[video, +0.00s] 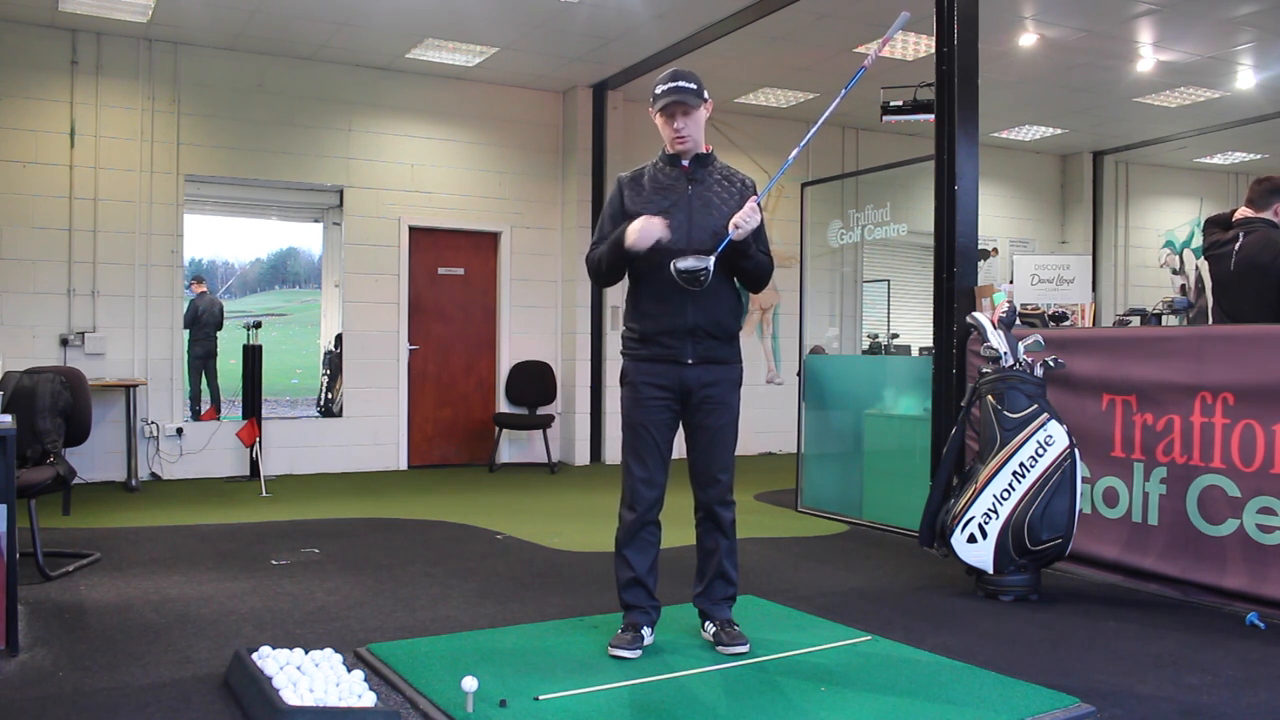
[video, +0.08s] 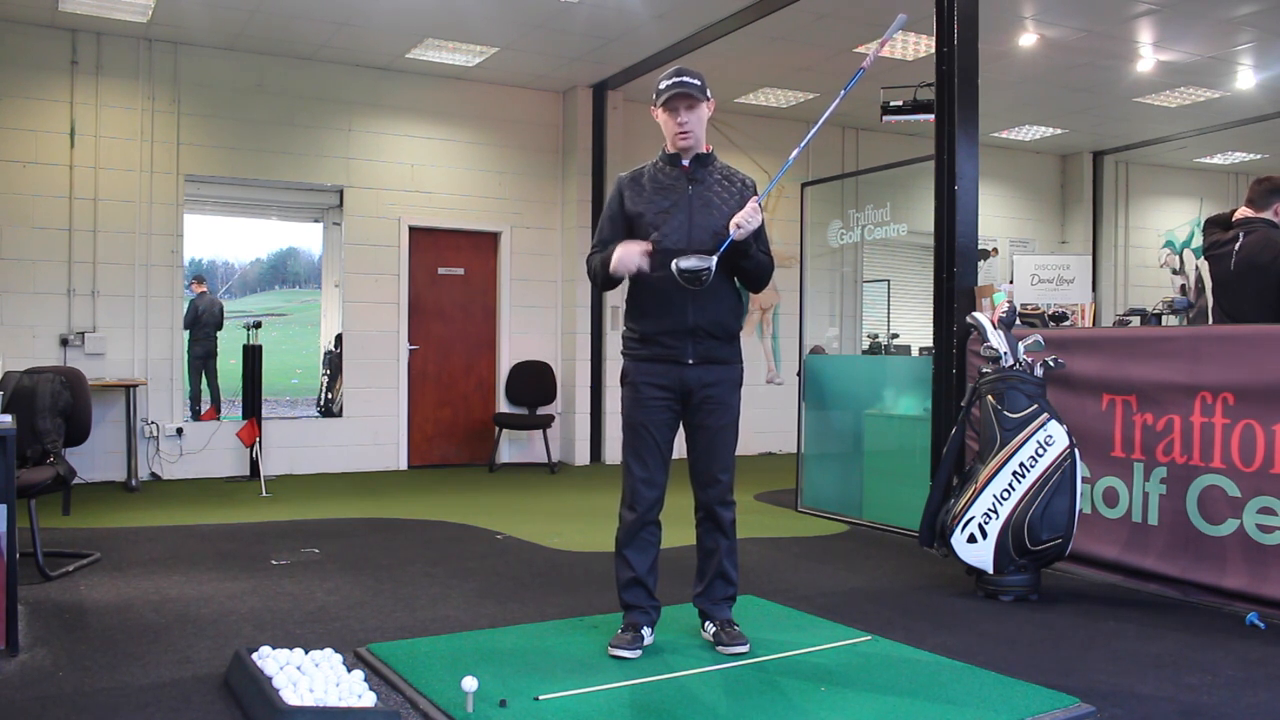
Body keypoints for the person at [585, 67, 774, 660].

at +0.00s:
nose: (676, 122)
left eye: (686, 110)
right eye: (667, 112)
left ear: (707, 112)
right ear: (655, 119)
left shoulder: (738, 188)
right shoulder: (631, 188)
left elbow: (758, 278)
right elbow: (599, 272)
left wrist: (748, 237)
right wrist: (625, 240)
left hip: (717, 364)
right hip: (648, 362)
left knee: (716, 495)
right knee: (641, 497)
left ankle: (718, 612)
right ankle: (637, 616)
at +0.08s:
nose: (680, 117)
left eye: (691, 106)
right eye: (670, 107)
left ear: (710, 111)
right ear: (657, 116)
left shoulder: (739, 189)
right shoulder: (631, 188)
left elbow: (758, 278)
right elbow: (597, 269)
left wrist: (748, 237)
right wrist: (616, 255)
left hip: (718, 363)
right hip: (648, 361)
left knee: (716, 495)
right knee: (641, 495)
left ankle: (718, 612)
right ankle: (637, 616)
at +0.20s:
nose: (684, 113)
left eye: (694, 102)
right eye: (674, 103)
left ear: (711, 110)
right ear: (659, 113)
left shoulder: (740, 189)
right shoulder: (631, 187)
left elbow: (759, 278)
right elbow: (597, 268)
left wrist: (747, 238)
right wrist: (625, 273)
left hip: (718, 364)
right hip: (649, 362)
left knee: (716, 495)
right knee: (641, 495)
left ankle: (718, 612)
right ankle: (637, 616)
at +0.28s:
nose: (683, 111)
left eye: (693, 101)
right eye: (673, 102)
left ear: (712, 109)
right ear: (658, 113)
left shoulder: (740, 188)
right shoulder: (631, 187)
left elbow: (759, 276)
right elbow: (600, 268)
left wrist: (743, 238)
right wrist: (634, 276)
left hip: (718, 364)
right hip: (649, 362)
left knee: (716, 495)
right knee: (641, 495)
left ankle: (718, 612)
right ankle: (638, 616)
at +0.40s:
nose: (683, 113)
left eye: (694, 102)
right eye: (673, 103)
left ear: (711, 110)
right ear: (658, 113)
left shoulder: (738, 188)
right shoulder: (631, 188)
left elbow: (759, 276)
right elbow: (603, 270)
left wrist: (738, 237)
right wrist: (642, 278)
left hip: (717, 364)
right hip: (649, 362)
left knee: (716, 495)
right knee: (642, 496)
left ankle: (718, 612)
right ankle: (638, 616)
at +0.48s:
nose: (682, 113)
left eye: (692, 102)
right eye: (673, 103)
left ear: (711, 110)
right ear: (658, 113)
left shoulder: (738, 187)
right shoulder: (631, 188)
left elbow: (760, 275)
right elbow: (602, 270)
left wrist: (739, 235)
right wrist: (641, 277)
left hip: (717, 364)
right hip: (649, 363)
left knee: (716, 495)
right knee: (642, 495)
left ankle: (718, 612)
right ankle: (638, 616)